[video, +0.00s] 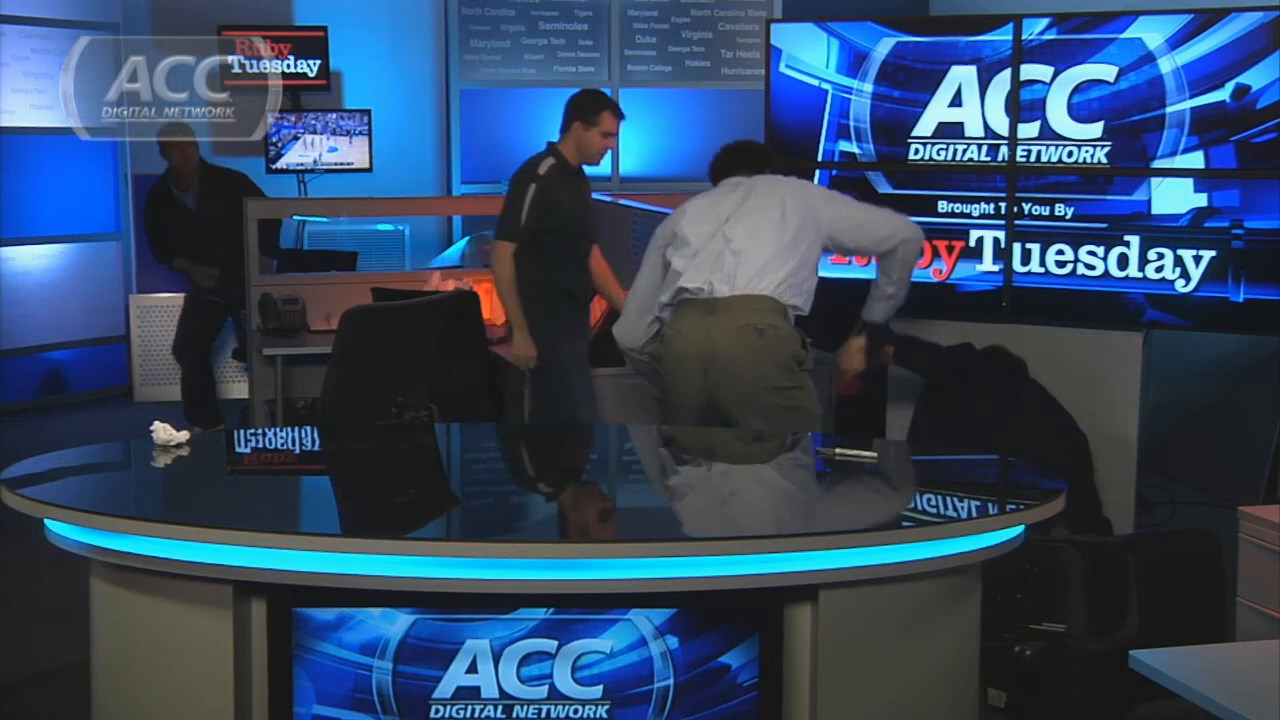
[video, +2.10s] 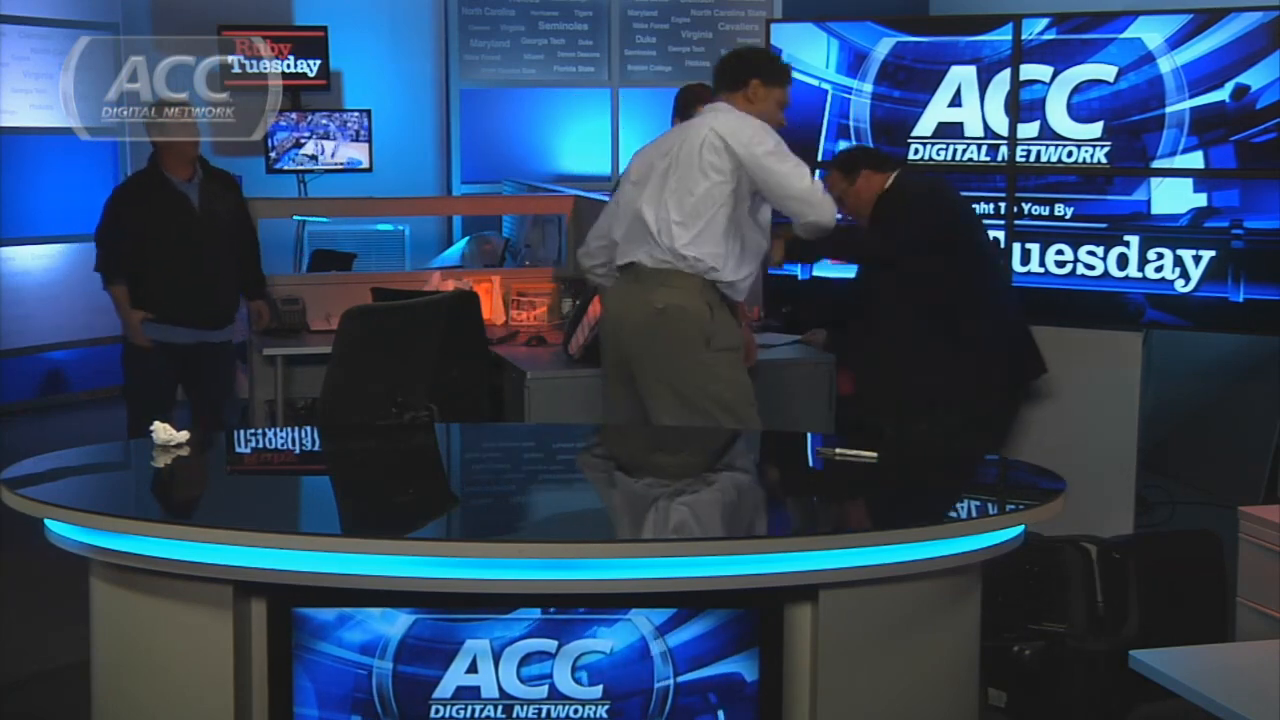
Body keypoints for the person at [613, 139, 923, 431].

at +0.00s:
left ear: (715, 178)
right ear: (773, 168)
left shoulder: (682, 215)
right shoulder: (801, 194)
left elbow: (630, 333)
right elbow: (904, 236)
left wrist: (678, 370)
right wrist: (867, 331)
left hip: (681, 341)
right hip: (759, 337)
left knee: (687, 468)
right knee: (793, 469)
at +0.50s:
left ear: (658, 157)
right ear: (709, 148)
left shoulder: (630, 210)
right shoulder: (747, 170)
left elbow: (591, 336)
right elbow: (856, 189)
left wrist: (632, 383)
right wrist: (819, 281)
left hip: (654, 341)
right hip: (734, 329)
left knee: (664, 474)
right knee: (737, 481)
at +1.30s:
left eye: (615, 142)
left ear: (619, 144)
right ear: (673, 120)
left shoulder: (620, 202)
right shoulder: (736, 136)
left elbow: (601, 335)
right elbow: (836, 132)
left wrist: (619, 372)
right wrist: (798, 216)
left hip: (685, 334)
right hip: (769, 319)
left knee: (683, 481)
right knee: (760, 483)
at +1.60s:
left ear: (625, 114)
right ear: (680, 97)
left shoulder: (616, 191)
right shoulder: (732, 120)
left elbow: (599, 319)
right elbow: (837, 109)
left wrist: (616, 353)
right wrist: (796, 181)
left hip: (671, 325)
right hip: (753, 309)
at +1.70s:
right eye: (696, 95)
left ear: (635, 108)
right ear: (690, 95)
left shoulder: (616, 184)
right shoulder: (731, 118)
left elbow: (593, 307)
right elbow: (837, 112)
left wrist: (621, 347)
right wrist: (797, 173)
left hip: (665, 319)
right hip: (744, 306)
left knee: (677, 477)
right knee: (745, 476)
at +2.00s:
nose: (753, 104)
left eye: (753, 95)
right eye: (750, 93)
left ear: (687, 91)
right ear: (728, 85)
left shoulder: (633, 157)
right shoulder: (727, 122)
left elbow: (585, 269)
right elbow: (826, 180)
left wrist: (635, 307)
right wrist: (781, 210)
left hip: (629, 312)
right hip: (698, 307)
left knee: (642, 459)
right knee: (714, 462)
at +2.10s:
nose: (782, 119)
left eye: (784, 109)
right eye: (779, 106)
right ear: (752, 91)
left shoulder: (653, 149)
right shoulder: (741, 128)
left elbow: (594, 255)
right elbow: (820, 215)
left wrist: (638, 299)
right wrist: (783, 240)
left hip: (623, 306)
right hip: (686, 308)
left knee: (630, 452)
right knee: (730, 457)